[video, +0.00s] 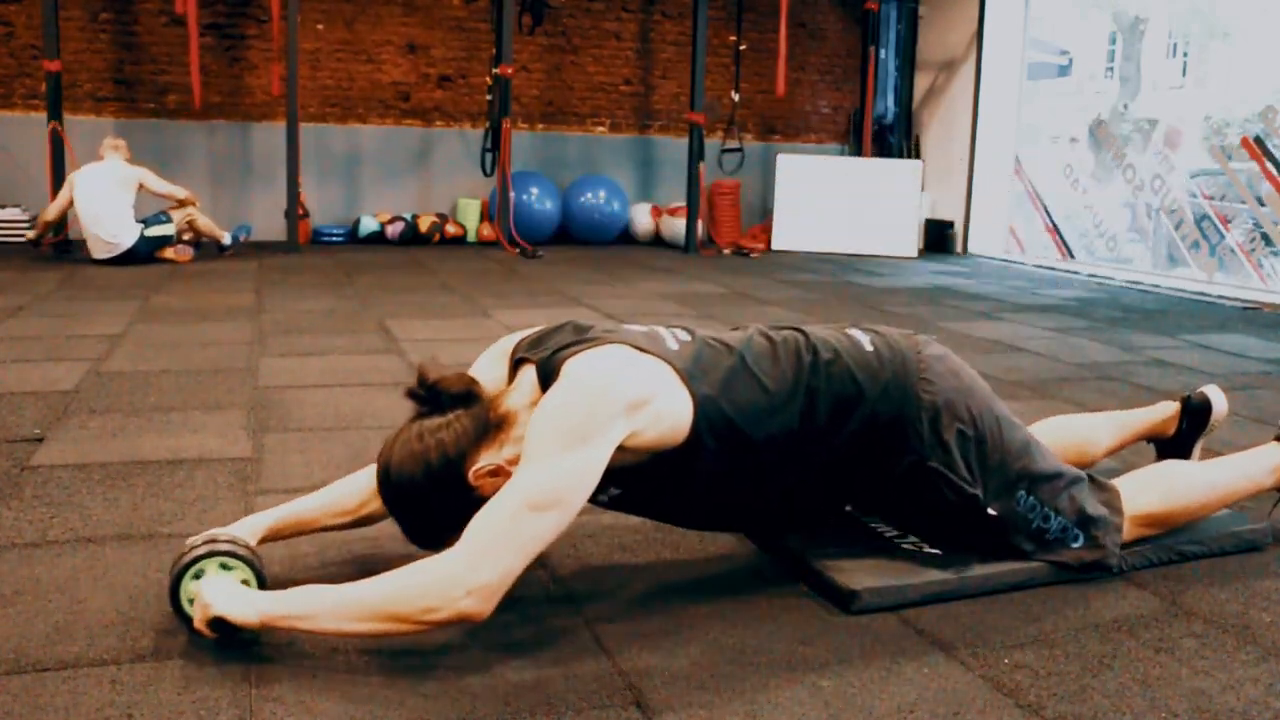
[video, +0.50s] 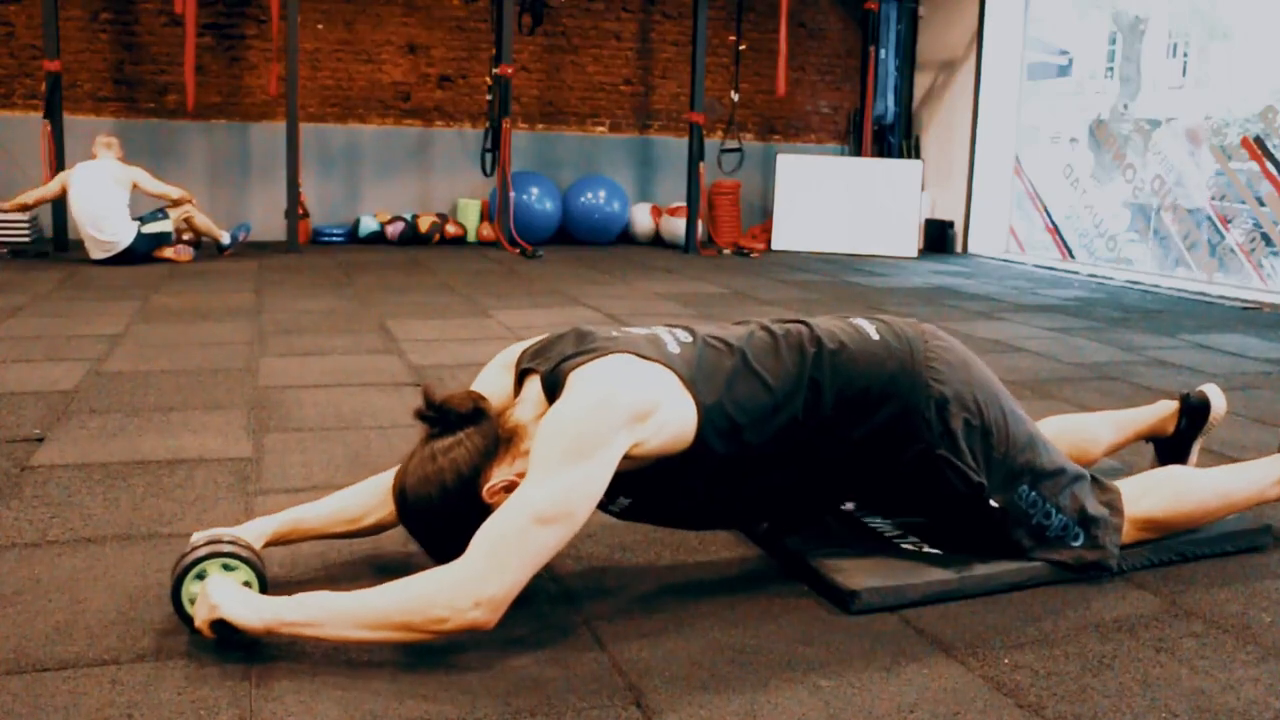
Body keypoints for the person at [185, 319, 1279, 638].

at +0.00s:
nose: (502, 497)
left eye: (487, 494)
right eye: (473, 492)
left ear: (501, 450)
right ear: (467, 436)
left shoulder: (591, 403)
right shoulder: (500, 372)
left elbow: (459, 592)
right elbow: (392, 480)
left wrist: (261, 606)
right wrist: (258, 526)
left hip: (893, 406)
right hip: (837, 413)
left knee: (1098, 520)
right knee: (1015, 467)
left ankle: (1272, 465)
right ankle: (1167, 413)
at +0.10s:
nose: (492, 523)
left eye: (482, 516)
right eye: (464, 515)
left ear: (492, 476)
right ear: (450, 454)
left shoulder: (588, 412)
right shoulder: (501, 377)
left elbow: (455, 601)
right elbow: (385, 488)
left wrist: (241, 603)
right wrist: (251, 532)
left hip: (898, 420)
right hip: (834, 397)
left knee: (1099, 522)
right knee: (1016, 461)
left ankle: (1276, 471)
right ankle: (1166, 411)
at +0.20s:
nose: (481, 521)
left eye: (477, 514)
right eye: (459, 513)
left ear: (493, 473)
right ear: (451, 454)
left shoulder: (586, 419)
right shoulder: (498, 384)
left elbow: (451, 606)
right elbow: (381, 495)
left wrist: (236, 606)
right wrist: (242, 535)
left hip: (898, 419)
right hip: (834, 394)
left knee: (1100, 522)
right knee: (1019, 458)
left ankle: (1275, 474)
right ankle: (1163, 412)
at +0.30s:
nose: (490, 538)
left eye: (481, 531)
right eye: (463, 529)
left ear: (492, 487)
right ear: (448, 462)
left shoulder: (588, 422)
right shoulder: (498, 389)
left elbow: (453, 610)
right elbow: (378, 497)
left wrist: (240, 607)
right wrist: (242, 537)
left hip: (899, 414)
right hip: (838, 398)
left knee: (1106, 522)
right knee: (1020, 457)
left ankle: (1269, 476)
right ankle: (1161, 412)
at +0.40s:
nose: (498, 532)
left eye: (490, 522)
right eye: (475, 519)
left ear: (500, 489)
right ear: (462, 462)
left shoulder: (592, 422)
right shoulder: (511, 387)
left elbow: (461, 607)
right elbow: (393, 491)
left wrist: (254, 608)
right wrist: (254, 533)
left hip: (907, 416)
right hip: (847, 373)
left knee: (1098, 522)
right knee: (1019, 456)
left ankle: (1276, 481)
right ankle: (1164, 410)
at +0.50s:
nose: (505, 521)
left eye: (496, 514)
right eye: (483, 512)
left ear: (503, 480)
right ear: (467, 455)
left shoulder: (595, 414)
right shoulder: (515, 382)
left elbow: (468, 599)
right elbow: (399, 487)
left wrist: (263, 610)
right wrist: (261, 531)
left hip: (910, 397)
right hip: (854, 363)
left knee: (1097, 519)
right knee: (1020, 460)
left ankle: (1269, 480)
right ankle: (1169, 412)